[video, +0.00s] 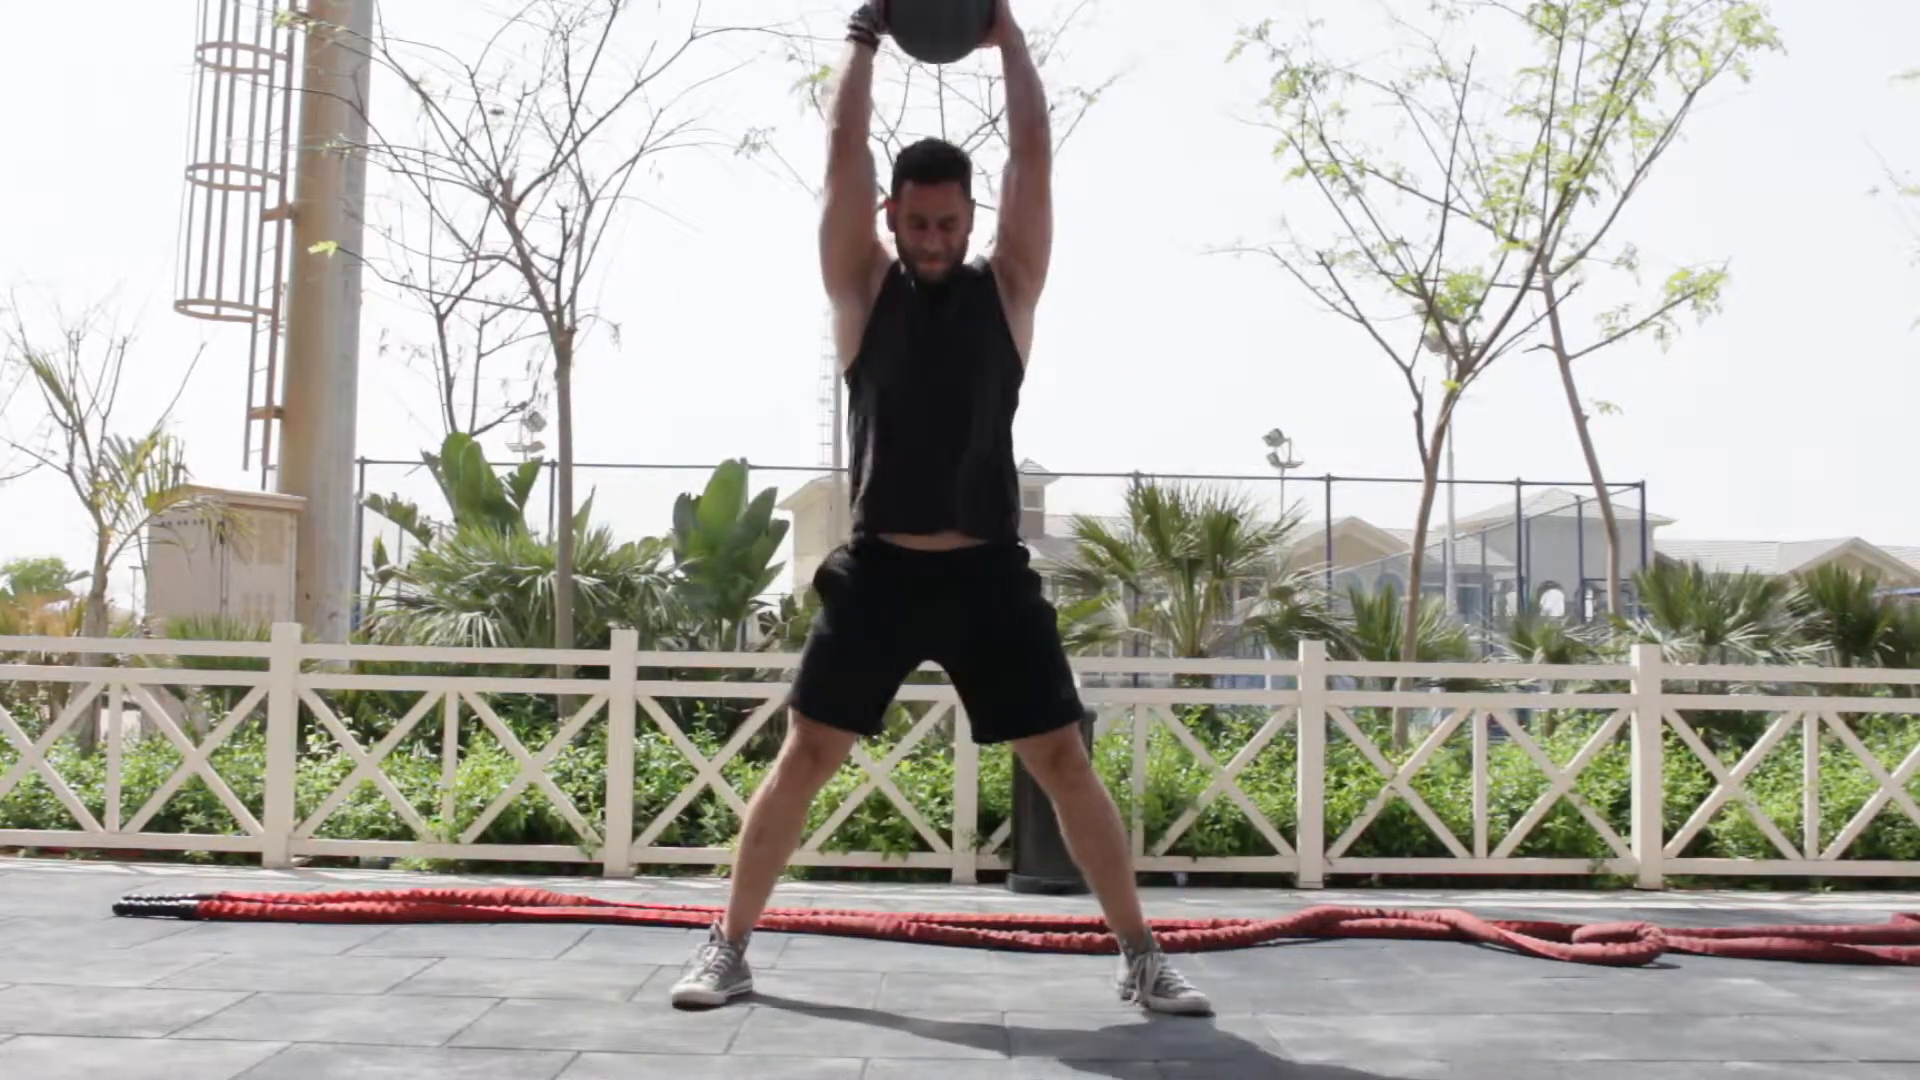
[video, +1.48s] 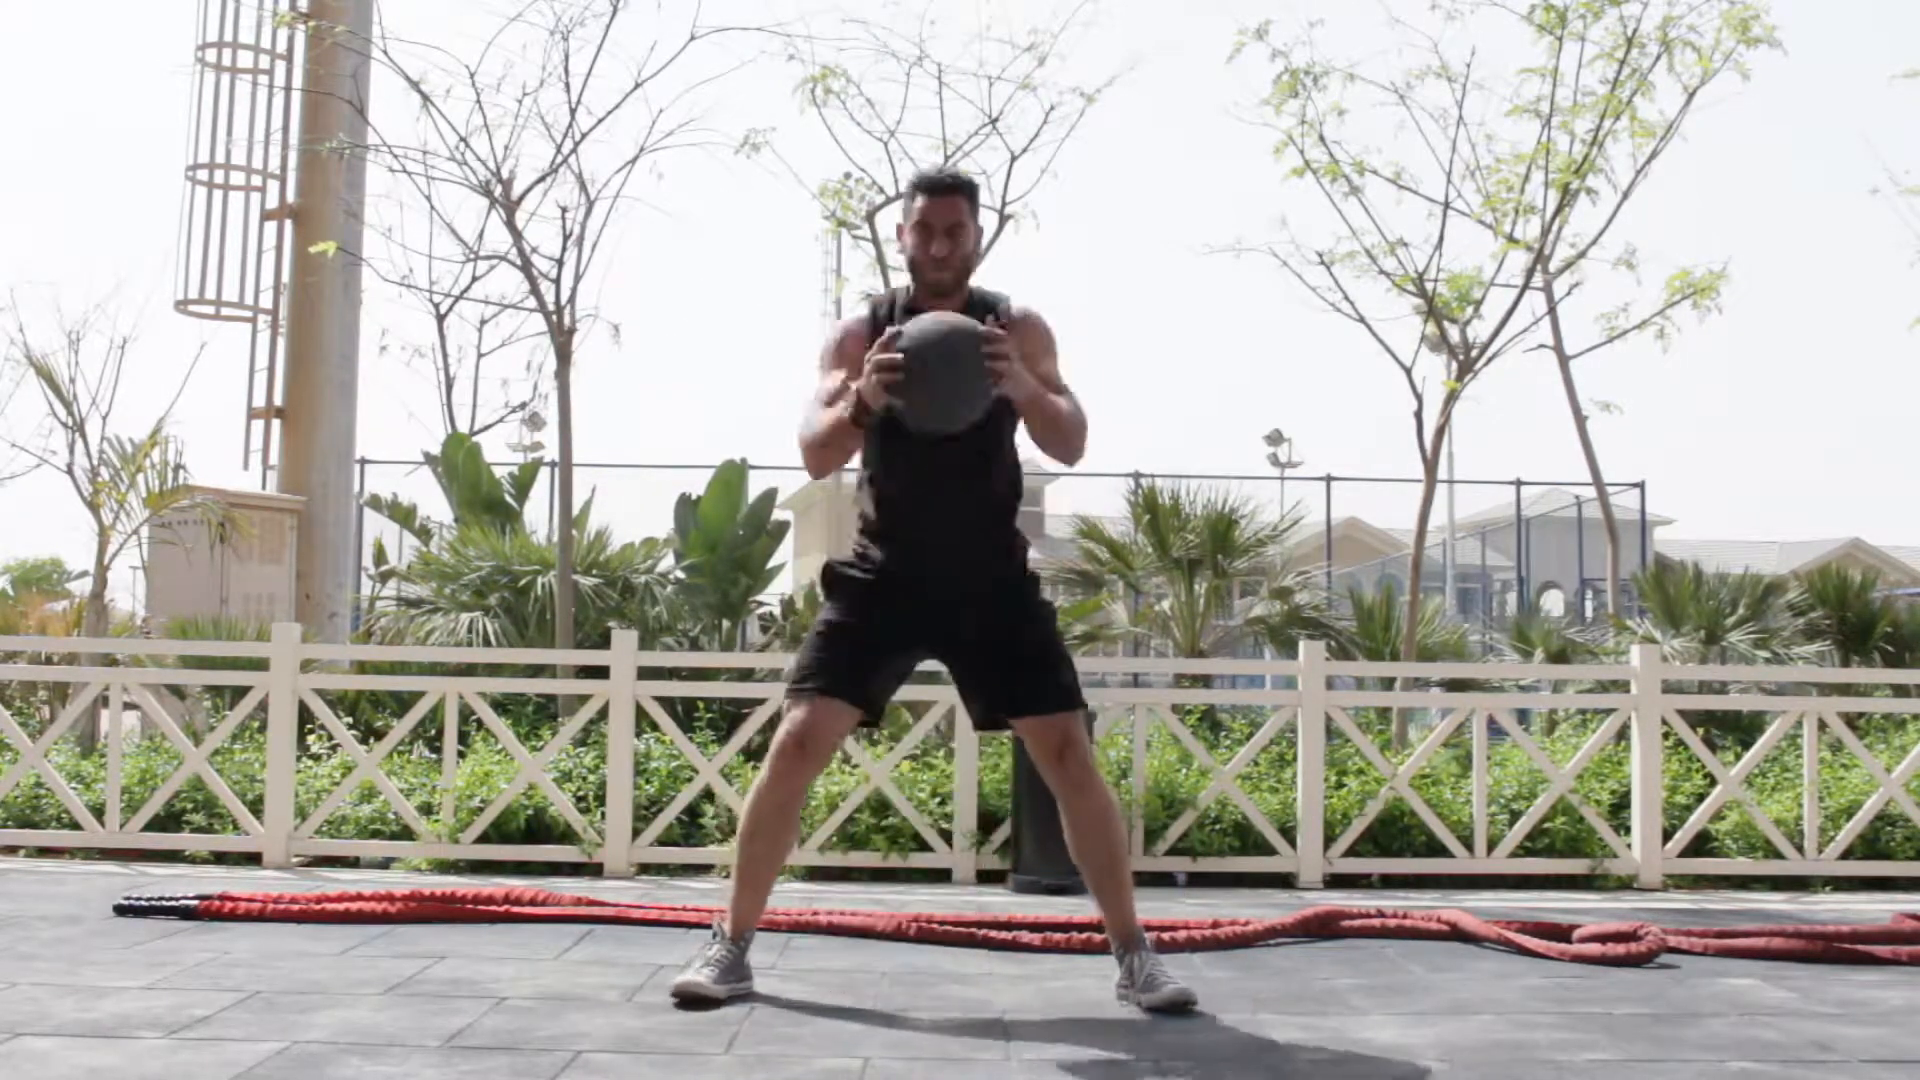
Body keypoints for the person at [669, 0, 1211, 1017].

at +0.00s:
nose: (934, 233)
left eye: (947, 218)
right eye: (918, 220)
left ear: (973, 219)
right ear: (890, 219)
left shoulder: (1007, 292)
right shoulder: (863, 292)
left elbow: (1033, 160)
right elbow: (845, 163)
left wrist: (1011, 37)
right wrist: (864, 39)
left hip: (990, 576)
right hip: (879, 575)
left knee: (1064, 764)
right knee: (804, 762)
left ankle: (1144, 961)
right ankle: (727, 954)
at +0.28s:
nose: (941, 256)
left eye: (957, 239)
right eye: (924, 240)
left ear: (984, 243)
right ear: (896, 241)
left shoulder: (1013, 325)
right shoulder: (874, 315)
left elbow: (1040, 402)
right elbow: (825, 367)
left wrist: (1012, 270)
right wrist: (858, 260)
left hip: (999, 583)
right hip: (889, 579)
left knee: (1070, 757)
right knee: (811, 752)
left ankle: (1140, 961)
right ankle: (733, 950)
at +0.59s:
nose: (939, 296)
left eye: (954, 279)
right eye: (924, 278)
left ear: (979, 262)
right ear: (898, 259)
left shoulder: (1031, 353)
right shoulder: (849, 352)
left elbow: (1079, 466)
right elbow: (796, 461)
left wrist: (1110, 578)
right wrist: (783, 577)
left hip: (999, 596)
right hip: (886, 592)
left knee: (1067, 756)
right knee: (809, 755)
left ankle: (1140, 958)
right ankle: (731, 948)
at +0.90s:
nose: (929, 587)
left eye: (946, 571)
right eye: (914, 570)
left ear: (971, 540)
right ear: (887, 534)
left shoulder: (1015, 581)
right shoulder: (837, 586)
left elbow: (1013, 740)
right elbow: (833, 744)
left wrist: (993, 880)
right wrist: (841, 880)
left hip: (986, 699)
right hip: (874, 698)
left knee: (1103, 755)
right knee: (756, 754)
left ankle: (1138, 961)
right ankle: (727, 953)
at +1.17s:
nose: (935, 589)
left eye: (953, 573)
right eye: (920, 571)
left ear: (977, 554)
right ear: (894, 543)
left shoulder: (1019, 606)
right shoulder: (842, 601)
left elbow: (1006, 754)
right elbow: (833, 744)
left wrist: (972, 874)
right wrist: (834, 866)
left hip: (981, 728)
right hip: (872, 726)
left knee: (1100, 760)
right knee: (753, 752)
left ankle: (1138, 962)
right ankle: (727, 954)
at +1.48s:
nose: (940, 244)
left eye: (955, 230)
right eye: (924, 230)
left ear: (978, 239)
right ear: (901, 239)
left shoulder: (1017, 329)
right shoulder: (860, 335)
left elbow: (1070, 444)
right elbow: (817, 456)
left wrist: (1025, 389)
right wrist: (858, 401)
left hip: (993, 577)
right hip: (886, 575)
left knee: (1066, 747)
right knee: (800, 737)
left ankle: (1134, 956)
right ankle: (730, 949)